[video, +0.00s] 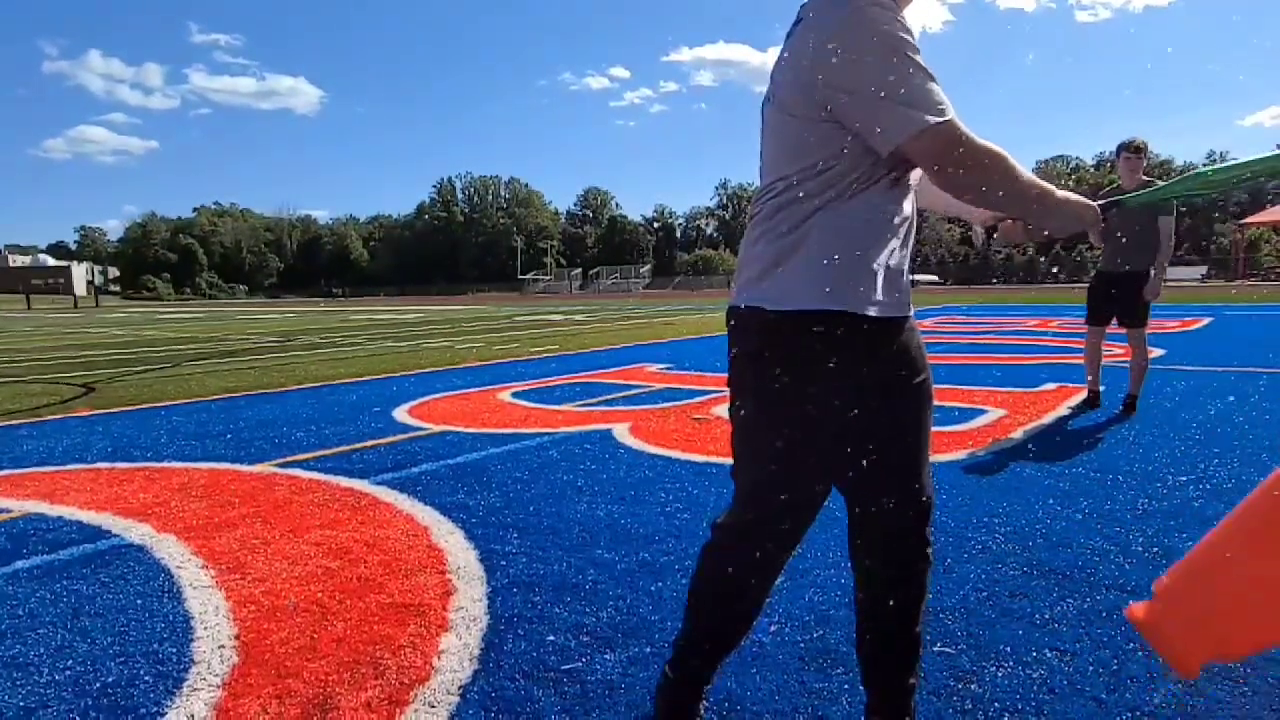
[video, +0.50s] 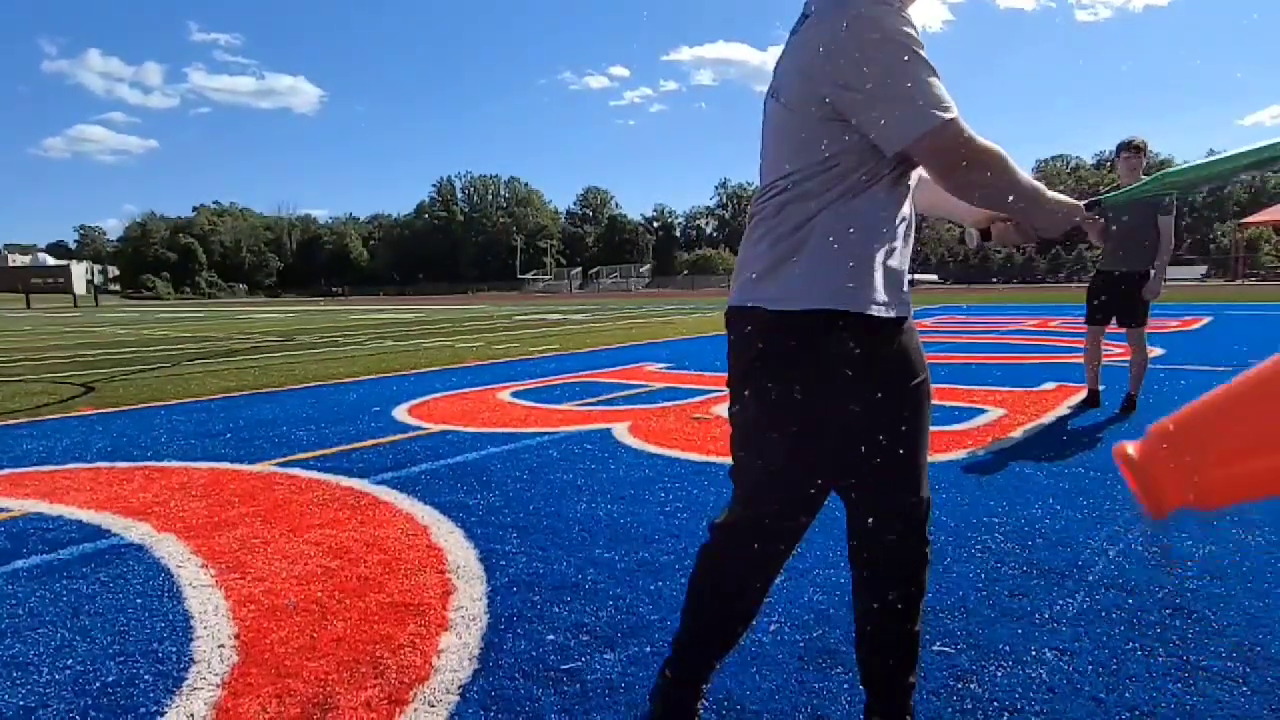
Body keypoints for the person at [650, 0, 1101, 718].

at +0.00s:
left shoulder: (822, 33)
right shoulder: (866, 26)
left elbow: (901, 174)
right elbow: (947, 152)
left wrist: (986, 213)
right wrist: (1060, 201)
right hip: (840, 330)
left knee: (762, 522)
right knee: (895, 532)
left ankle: (679, 694)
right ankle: (891, 702)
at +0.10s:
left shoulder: (817, 35)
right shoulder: (866, 26)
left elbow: (900, 176)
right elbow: (949, 154)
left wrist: (990, 215)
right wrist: (1056, 200)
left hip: (777, 323)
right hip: (852, 327)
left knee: (764, 517)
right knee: (894, 530)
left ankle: (678, 697)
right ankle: (890, 707)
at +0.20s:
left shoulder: (818, 35)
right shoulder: (866, 25)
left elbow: (901, 176)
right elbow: (950, 153)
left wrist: (990, 216)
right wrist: (1049, 198)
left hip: (777, 320)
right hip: (850, 324)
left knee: (764, 517)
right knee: (893, 528)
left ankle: (677, 696)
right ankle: (890, 706)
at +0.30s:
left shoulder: (817, 36)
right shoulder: (867, 25)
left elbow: (894, 177)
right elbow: (952, 154)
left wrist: (983, 215)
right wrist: (1051, 199)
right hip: (844, 324)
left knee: (760, 523)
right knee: (892, 535)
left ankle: (677, 694)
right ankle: (889, 703)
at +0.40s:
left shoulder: (819, 34)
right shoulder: (869, 25)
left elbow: (899, 179)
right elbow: (956, 156)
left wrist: (987, 216)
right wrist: (1047, 201)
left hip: (777, 319)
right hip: (848, 323)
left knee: (762, 519)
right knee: (893, 535)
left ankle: (677, 694)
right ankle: (889, 704)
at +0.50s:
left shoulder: (818, 35)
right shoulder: (870, 25)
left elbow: (896, 180)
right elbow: (956, 157)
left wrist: (987, 216)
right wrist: (1050, 204)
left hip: (777, 319)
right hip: (850, 323)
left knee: (763, 518)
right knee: (893, 534)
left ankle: (676, 694)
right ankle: (889, 704)